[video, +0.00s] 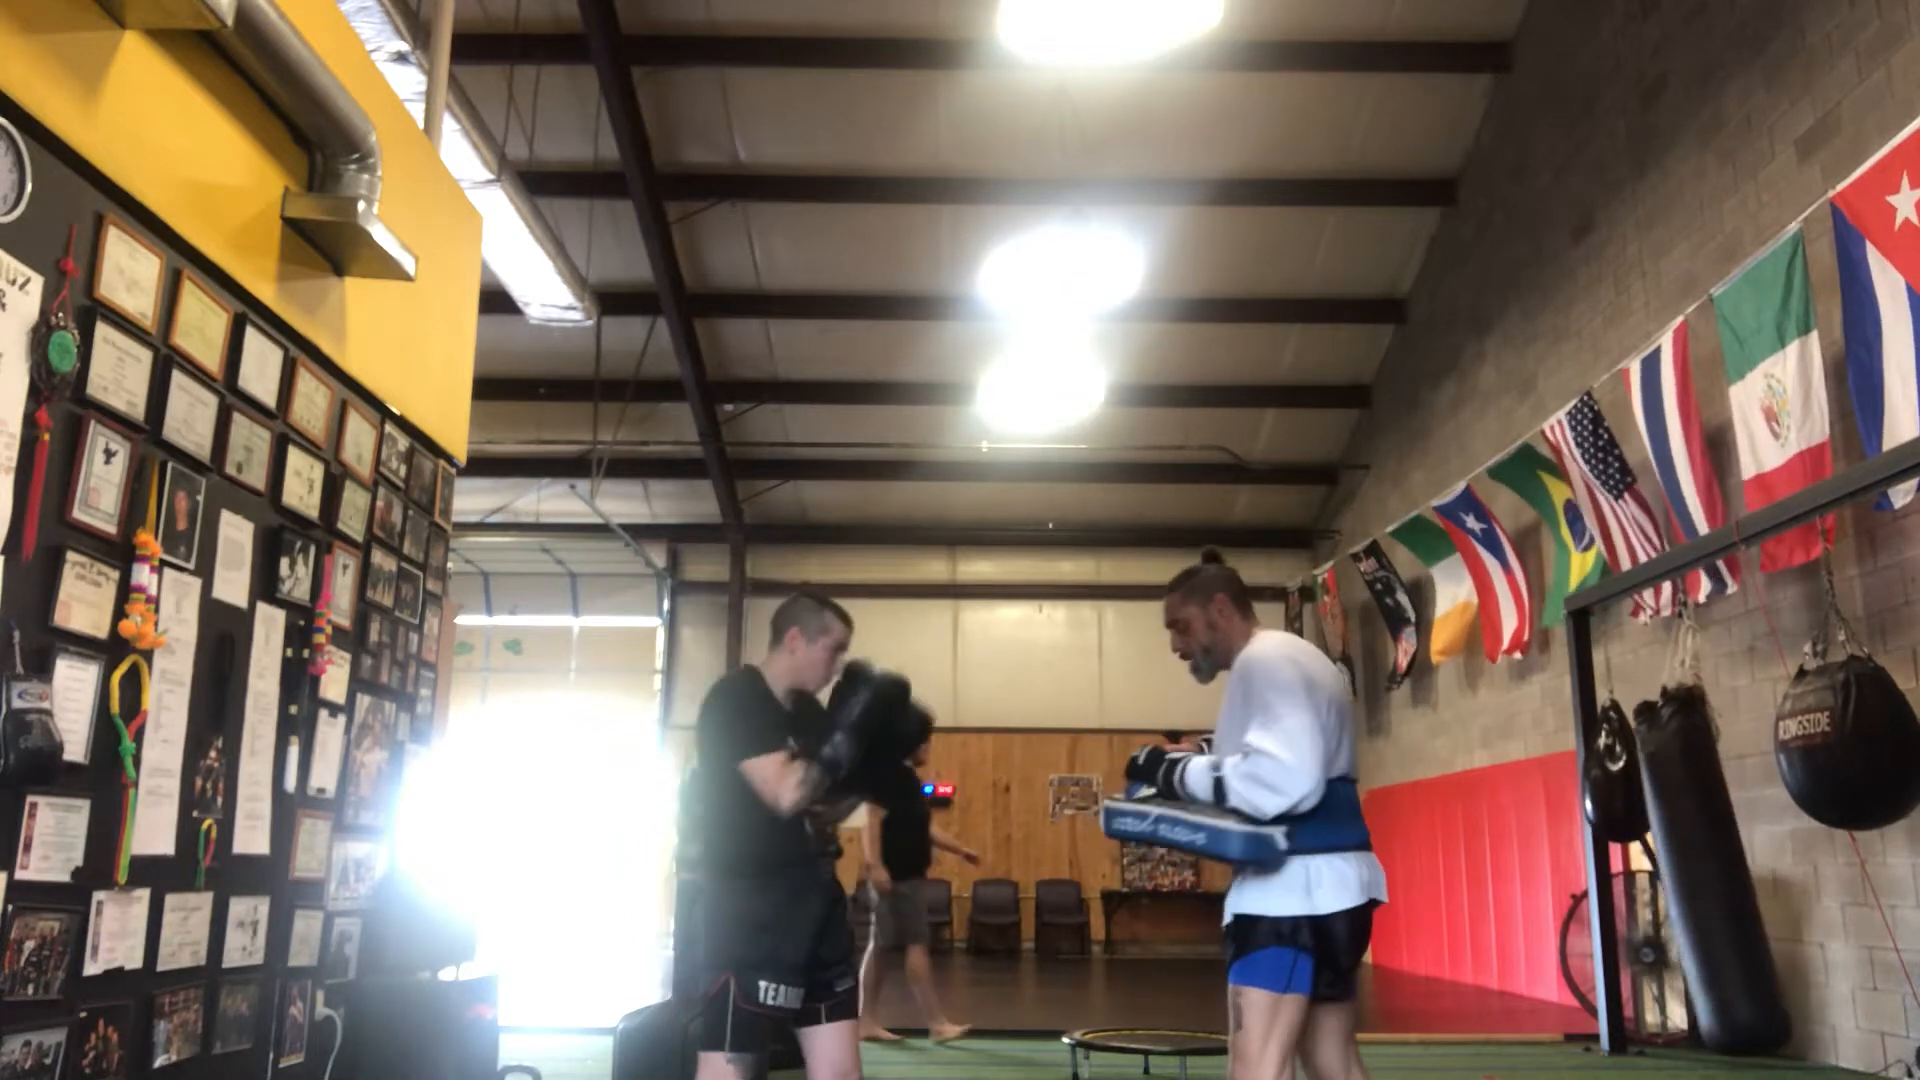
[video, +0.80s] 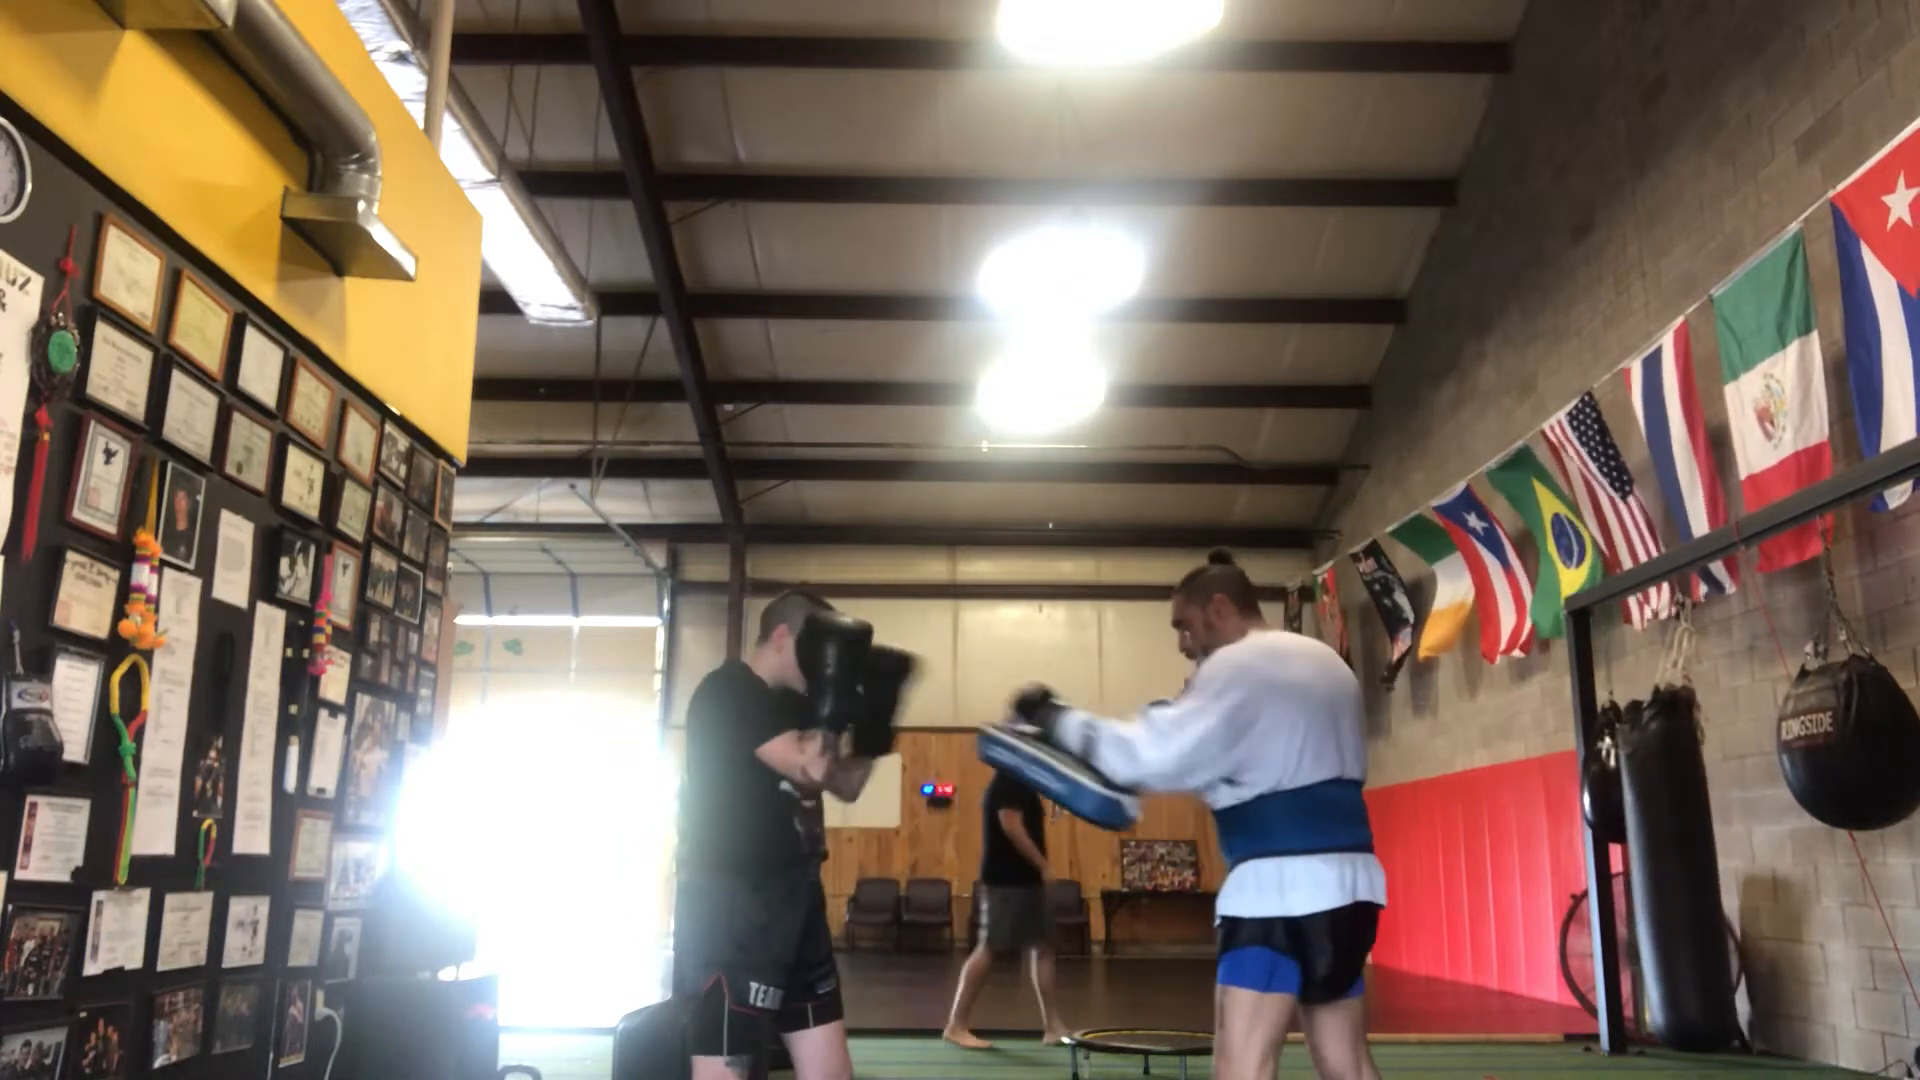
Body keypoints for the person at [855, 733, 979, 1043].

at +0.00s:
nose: (928, 748)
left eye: (928, 742)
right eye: (924, 742)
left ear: (915, 745)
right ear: (911, 743)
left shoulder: (910, 781)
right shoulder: (891, 777)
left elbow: (921, 829)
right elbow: (872, 821)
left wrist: (960, 850)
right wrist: (874, 865)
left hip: (904, 873)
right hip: (898, 875)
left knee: (878, 949)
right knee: (917, 947)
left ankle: (865, 1020)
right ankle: (937, 1023)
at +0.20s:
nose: (955, 750)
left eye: (955, 744)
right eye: (952, 744)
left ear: (937, 745)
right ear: (938, 746)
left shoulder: (938, 780)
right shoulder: (920, 778)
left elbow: (946, 833)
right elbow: (908, 828)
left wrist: (968, 864)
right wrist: (913, 876)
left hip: (937, 874)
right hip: (931, 877)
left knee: (910, 948)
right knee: (946, 949)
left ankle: (871, 1016)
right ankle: (953, 1029)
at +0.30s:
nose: (970, 748)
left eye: (969, 742)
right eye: (966, 742)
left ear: (944, 743)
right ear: (953, 745)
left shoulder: (947, 776)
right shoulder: (935, 777)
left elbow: (950, 829)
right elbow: (927, 828)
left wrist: (964, 873)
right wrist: (935, 875)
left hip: (954, 873)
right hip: (943, 876)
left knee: (945, 946)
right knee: (949, 948)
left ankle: (890, 1001)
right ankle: (953, 1030)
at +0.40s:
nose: (982, 747)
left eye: (981, 741)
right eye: (979, 741)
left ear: (955, 741)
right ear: (967, 743)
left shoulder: (957, 774)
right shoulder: (950, 775)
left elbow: (954, 825)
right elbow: (945, 825)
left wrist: (972, 865)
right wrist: (962, 871)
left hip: (964, 873)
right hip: (951, 875)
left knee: (961, 944)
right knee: (956, 947)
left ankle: (926, 998)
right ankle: (952, 1028)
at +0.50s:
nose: (996, 747)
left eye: (995, 741)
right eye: (993, 741)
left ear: (972, 743)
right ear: (980, 743)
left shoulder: (973, 774)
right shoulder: (963, 773)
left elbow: (967, 821)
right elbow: (962, 822)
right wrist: (990, 867)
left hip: (981, 875)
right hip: (960, 876)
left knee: (1002, 936)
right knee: (956, 947)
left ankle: (970, 1011)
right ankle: (951, 1028)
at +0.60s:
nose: (1011, 749)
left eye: (1010, 742)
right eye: (1008, 743)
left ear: (987, 744)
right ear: (995, 745)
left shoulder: (990, 777)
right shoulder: (979, 776)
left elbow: (985, 825)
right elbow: (979, 823)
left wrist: (1006, 866)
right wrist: (1012, 862)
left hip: (996, 879)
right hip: (972, 879)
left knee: (1014, 944)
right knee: (960, 949)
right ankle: (953, 1030)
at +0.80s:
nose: (1039, 752)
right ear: (1019, 745)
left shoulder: (1025, 782)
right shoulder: (1008, 780)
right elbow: (1010, 824)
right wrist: (1041, 863)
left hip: (1027, 883)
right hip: (1001, 882)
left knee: (1041, 950)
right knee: (987, 950)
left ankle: (1053, 1027)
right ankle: (955, 1026)